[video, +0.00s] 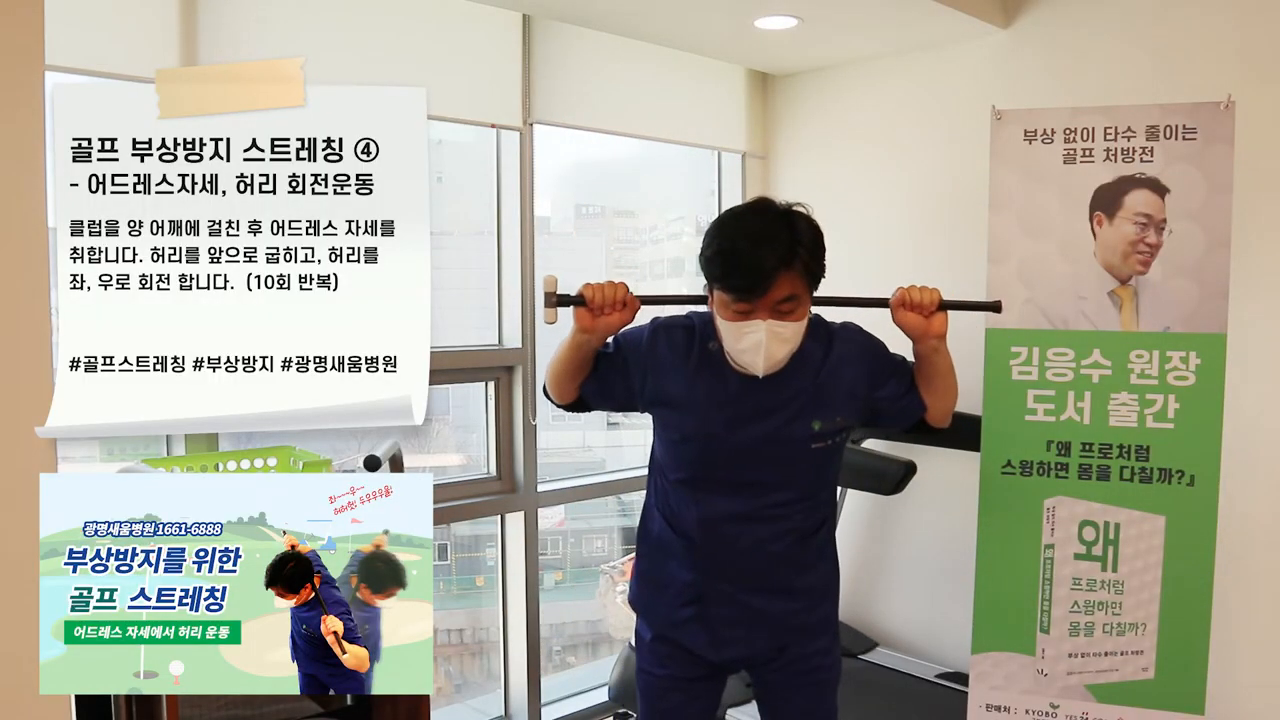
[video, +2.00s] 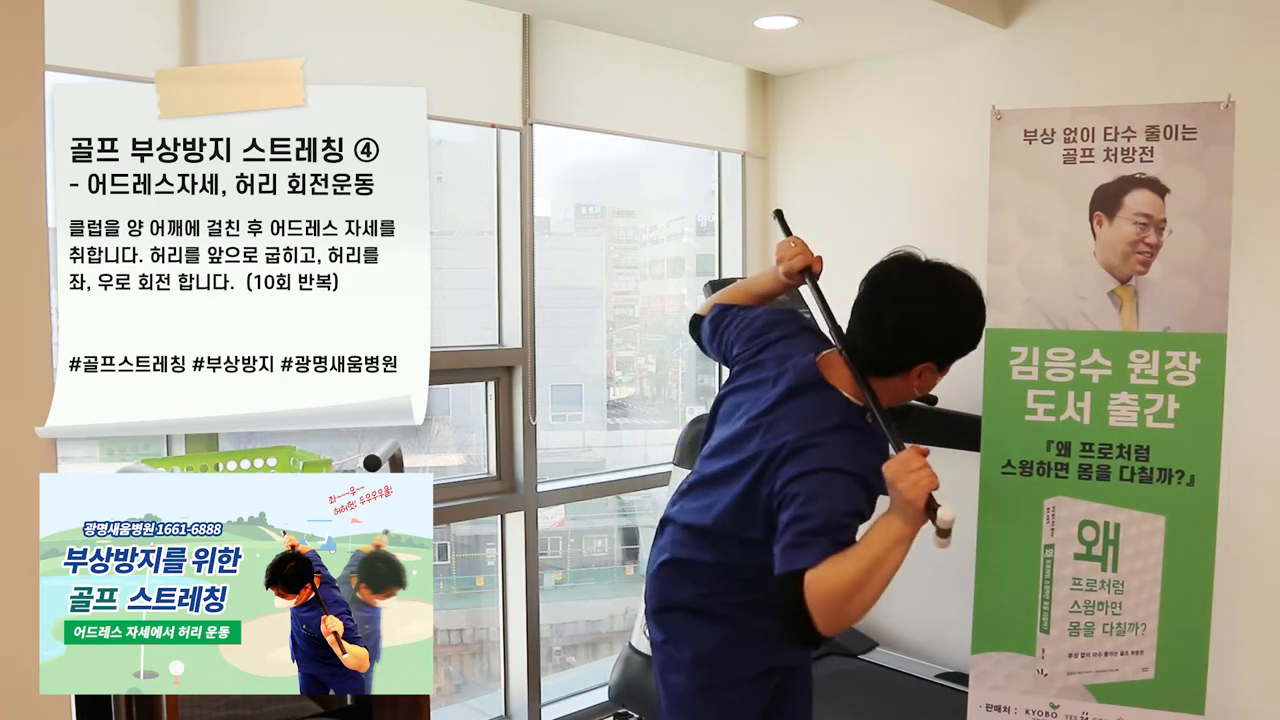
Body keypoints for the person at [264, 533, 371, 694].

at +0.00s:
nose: (278, 599)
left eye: (283, 596)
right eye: (276, 594)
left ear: (306, 590)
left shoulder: (334, 607)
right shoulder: (312, 570)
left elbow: (363, 665)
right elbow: (308, 552)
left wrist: (335, 642)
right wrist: (297, 547)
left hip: (344, 673)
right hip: (310, 667)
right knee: (312, 713)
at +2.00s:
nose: (278, 599)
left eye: (283, 595)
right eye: (276, 593)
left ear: (306, 589)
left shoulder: (334, 608)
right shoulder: (311, 569)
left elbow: (363, 665)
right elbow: (308, 552)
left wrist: (335, 642)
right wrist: (296, 547)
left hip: (344, 672)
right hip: (310, 666)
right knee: (312, 713)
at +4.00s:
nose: (278, 599)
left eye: (283, 595)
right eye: (276, 594)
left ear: (306, 590)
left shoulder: (334, 608)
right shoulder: (312, 570)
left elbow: (363, 665)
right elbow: (308, 552)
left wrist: (335, 642)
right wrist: (297, 547)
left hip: (344, 672)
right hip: (310, 667)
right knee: (312, 714)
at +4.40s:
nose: (278, 599)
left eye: (283, 595)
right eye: (276, 593)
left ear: (306, 590)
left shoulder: (334, 608)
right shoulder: (311, 570)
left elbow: (363, 665)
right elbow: (308, 552)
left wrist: (335, 642)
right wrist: (296, 547)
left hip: (344, 672)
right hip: (310, 667)